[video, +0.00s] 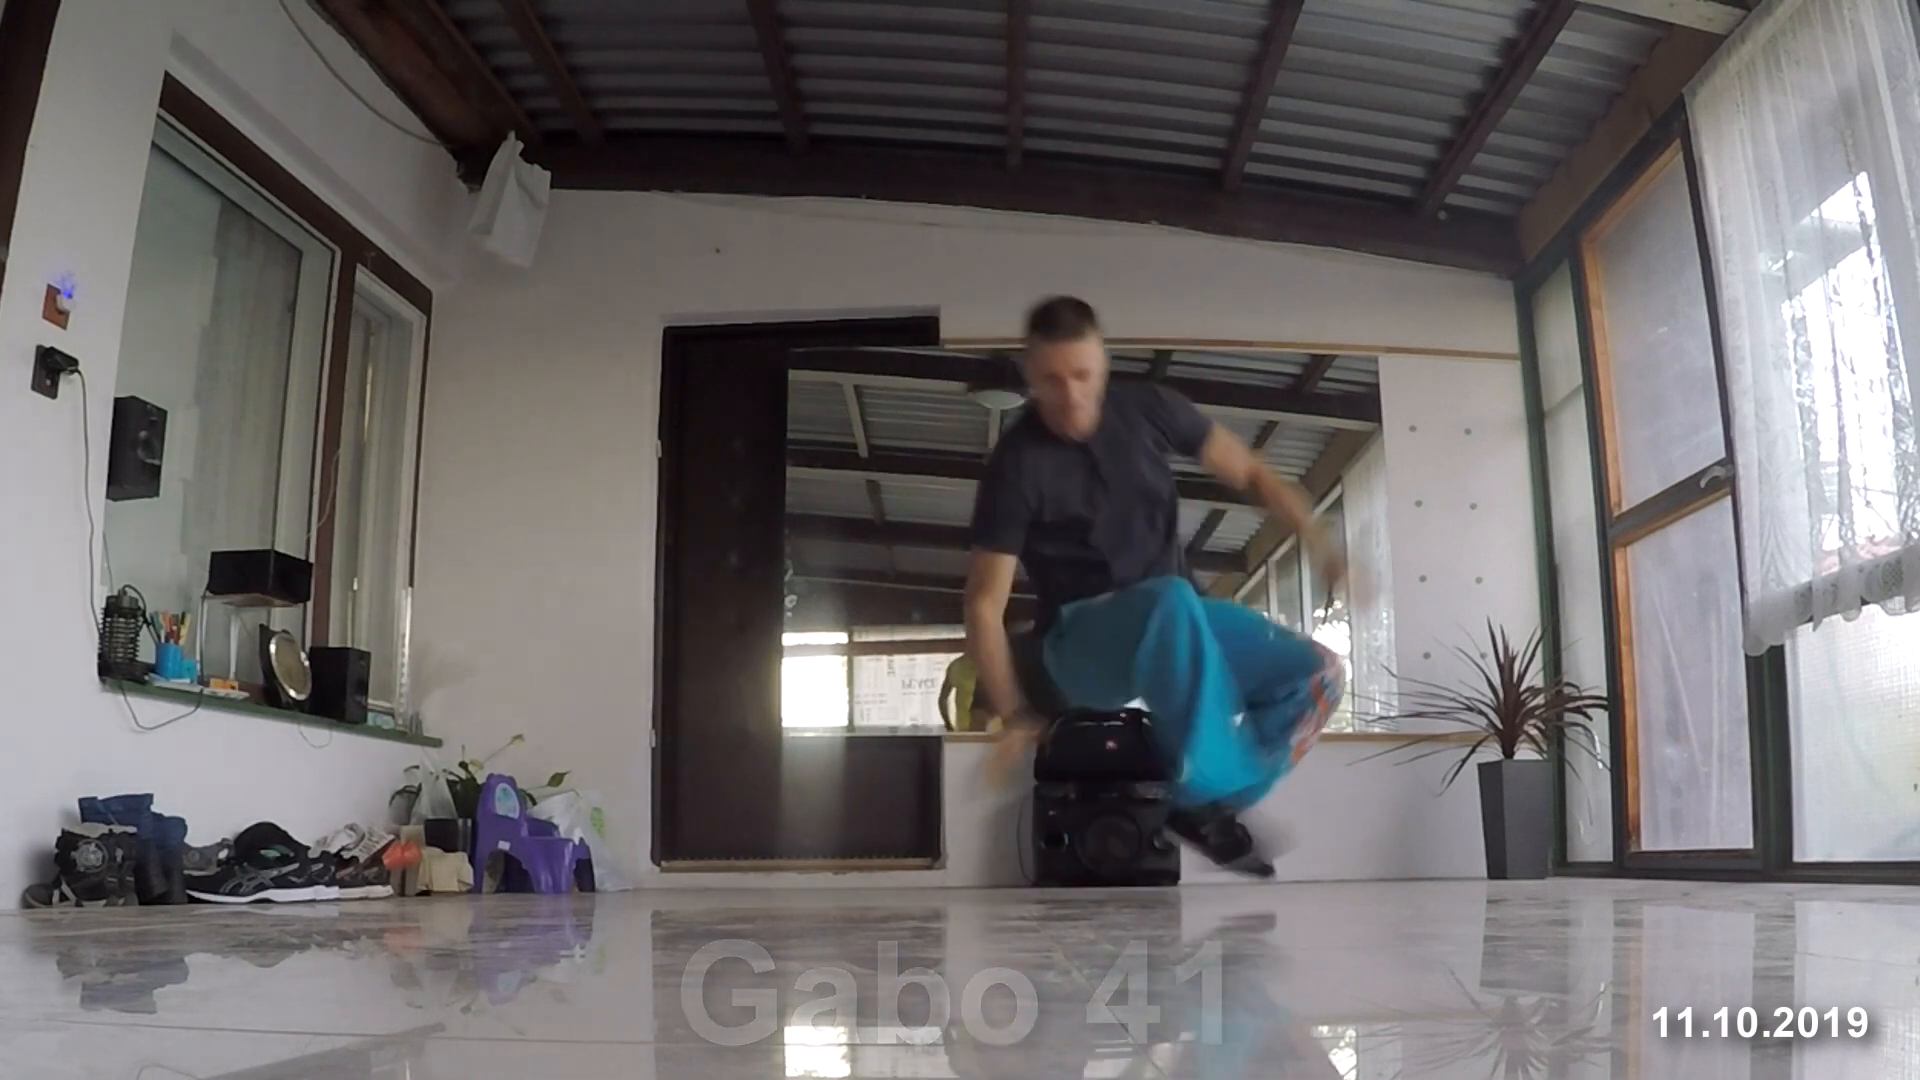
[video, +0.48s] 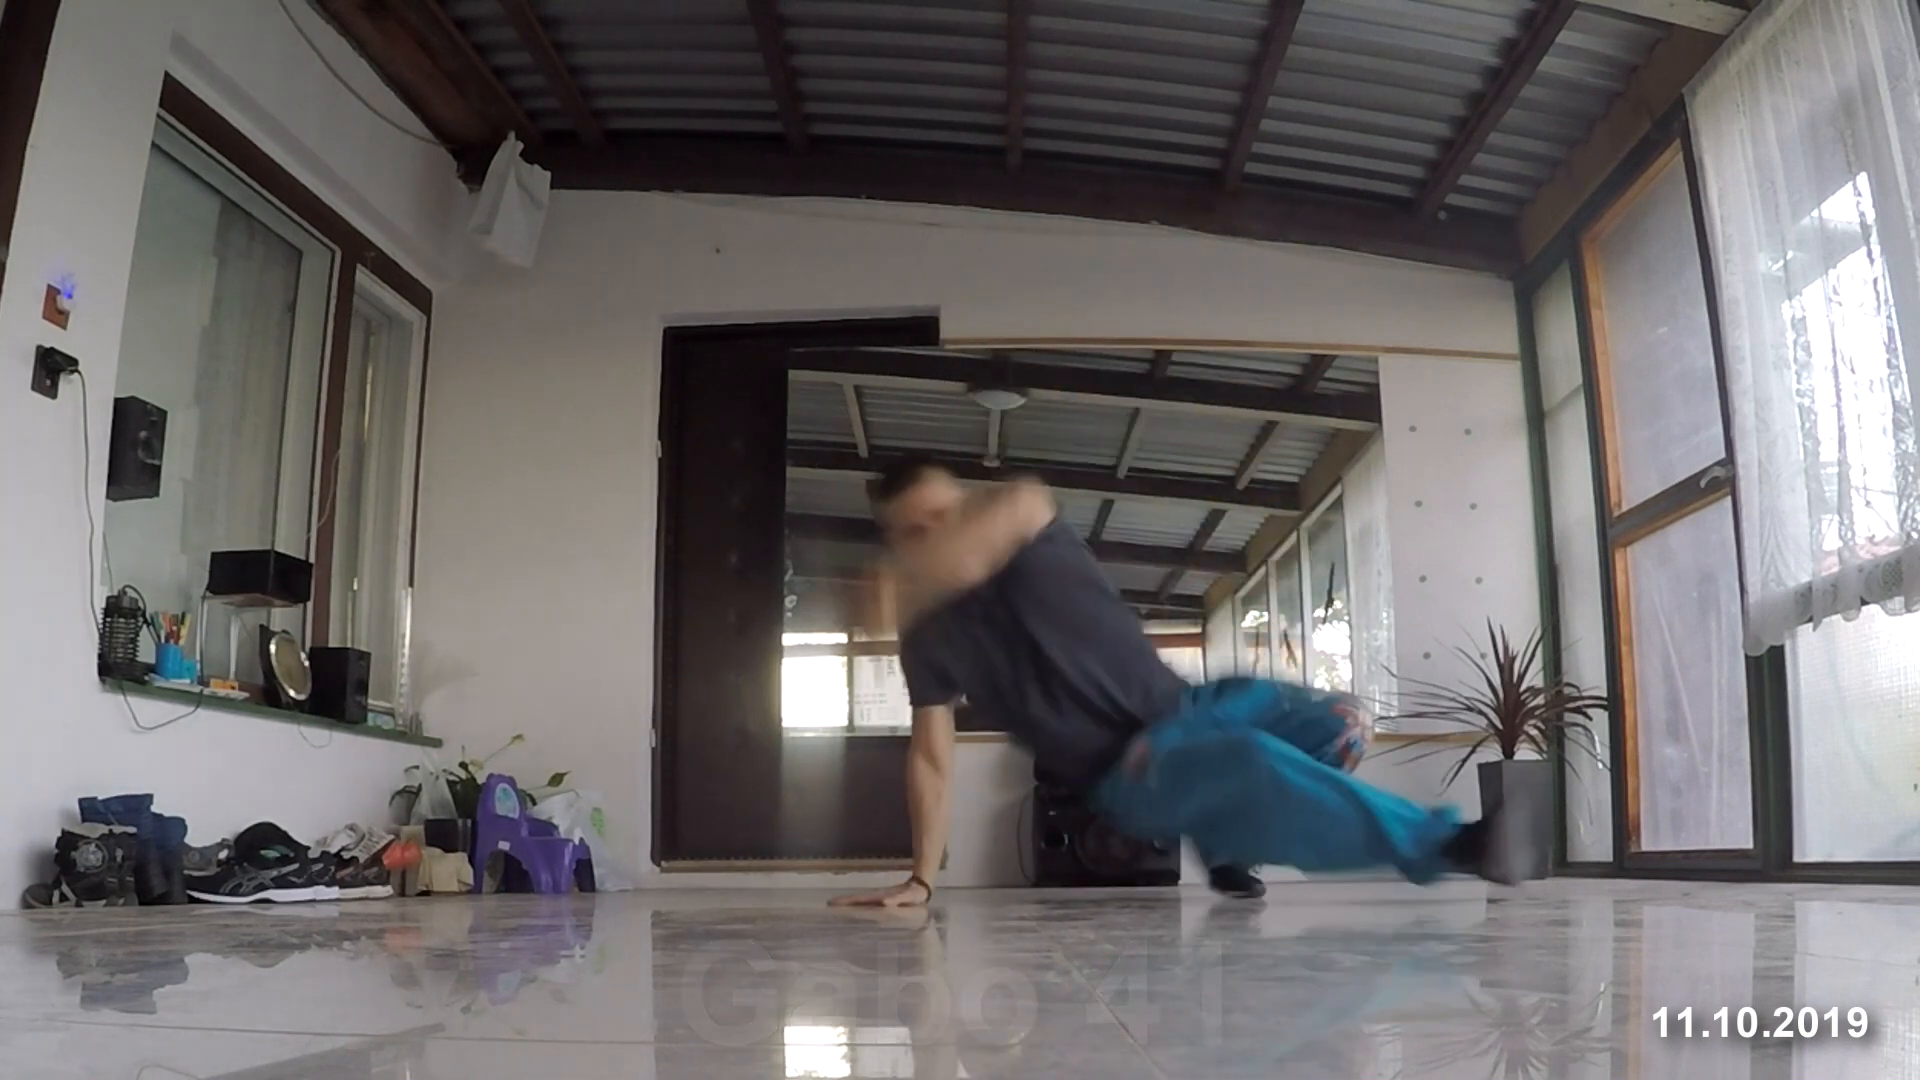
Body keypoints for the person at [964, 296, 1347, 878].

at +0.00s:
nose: (1069, 395)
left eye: (1082, 377)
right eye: (1051, 380)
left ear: (1103, 365)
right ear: (1028, 376)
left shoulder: (1148, 410)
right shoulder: (1017, 461)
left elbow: (1251, 472)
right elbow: (983, 606)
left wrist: (1320, 545)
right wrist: (1011, 714)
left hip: (1173, 625)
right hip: (1077, 645)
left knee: (1313, 673)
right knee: (1170, 600)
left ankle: (1206, 805)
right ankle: (1203, 801)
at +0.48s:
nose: (937, 535)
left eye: (943, 515)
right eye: (915, 529)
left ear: (969, 500)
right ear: (891, 546)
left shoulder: (1028, 511)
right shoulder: (927, 636)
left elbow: (975, 555)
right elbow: (931, 760)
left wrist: (896, 586)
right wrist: (921, 880)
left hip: (1182, 706)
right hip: (1120, 775)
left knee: (1329, 722)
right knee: (1247, 764)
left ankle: (1227, 851)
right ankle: (1456, 844)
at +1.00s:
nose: (962, 821)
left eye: (945, 816)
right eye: (943, 825)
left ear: (925, 764)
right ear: (925, 772)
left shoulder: (1005, 683)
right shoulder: (953, 733)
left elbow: (1100, 743)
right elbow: (951, 784)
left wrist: (1054, 887)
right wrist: (901, 871)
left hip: (1245, 728)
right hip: (1169, 763)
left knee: (1436, 813)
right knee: (1063, 834)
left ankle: (1620, 805)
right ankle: (1217, 831)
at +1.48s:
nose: (861, 347)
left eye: (869, 324)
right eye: (849, 339)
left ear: (910, 311)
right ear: (851, 357)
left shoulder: (985, 360)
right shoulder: (916, 439)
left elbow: (1046, 488)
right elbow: (913, 574)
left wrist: (1026, 638)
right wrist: (905, 710)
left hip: (1206, 499)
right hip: (1142, 565)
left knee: (1351, 629)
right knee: (1105, 703)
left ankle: (1526, 719)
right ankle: (1231, 842)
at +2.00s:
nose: (948, 168)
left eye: (964, 157)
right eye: (933, 154)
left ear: (986, 180)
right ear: (907, 173)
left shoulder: (1024, 280)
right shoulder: (863, 276)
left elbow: (1060, 394)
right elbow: (813, 397)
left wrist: (1054, 464)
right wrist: (812, 529)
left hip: (1015, 503)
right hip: (915, 518)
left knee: (1124, 631)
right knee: (936, 689)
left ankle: (1201, 804)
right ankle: (986, 847)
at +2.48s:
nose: (942, 319)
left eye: (947, 306)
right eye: (935, 301)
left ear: (921, 310)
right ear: (898, 293)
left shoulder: (864, 372)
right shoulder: (856, 323)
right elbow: (777, 330)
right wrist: (744, 409)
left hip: (765, 565)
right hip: (716, 529)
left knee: (756, 709)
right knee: (665, 704)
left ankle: (687, 859)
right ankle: (498, 695)